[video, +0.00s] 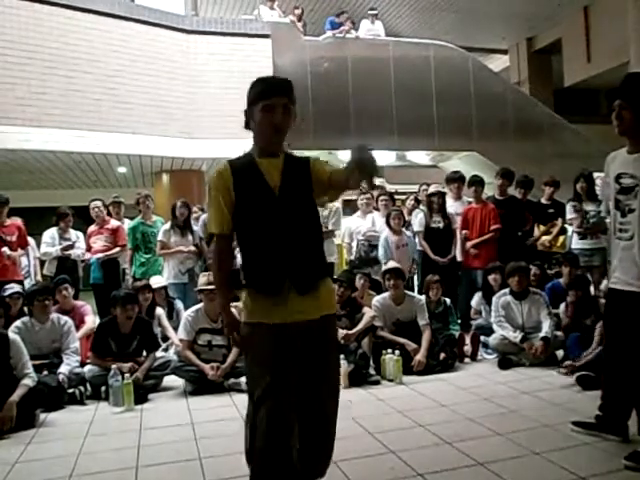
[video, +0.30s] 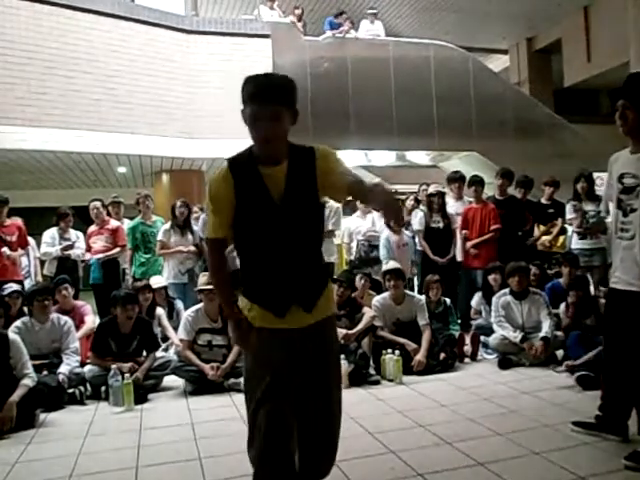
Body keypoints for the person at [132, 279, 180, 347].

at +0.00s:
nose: (146, 296)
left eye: (149, 292)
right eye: (143, 293)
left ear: (152, 294)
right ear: (137, 296)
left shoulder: (158, 311)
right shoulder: (134, 312)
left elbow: (167, 328)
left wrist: (176, 341)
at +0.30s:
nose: (147, 296)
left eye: (149, 292)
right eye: (143, 293)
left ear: (152, 294)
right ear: (137, 296)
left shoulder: (158, 311)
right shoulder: (134, 312)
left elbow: (167, 328)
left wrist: (176, 341)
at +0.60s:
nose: (147, 296)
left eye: (149, 293)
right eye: (143, 293)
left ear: (153, 294)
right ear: (137, 296)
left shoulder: (158, 311)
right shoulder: (134, 312)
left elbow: (167, 328)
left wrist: (176, 341)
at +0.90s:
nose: (146, 296)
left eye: (149, 292)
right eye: (142, 293)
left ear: (152, 294)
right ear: (137, 296)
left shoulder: (158, 311)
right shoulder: (134, 313)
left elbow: (168, 329)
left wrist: (177, 343)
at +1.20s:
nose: (146, 296)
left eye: (149, 292)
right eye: (142, 293)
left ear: (152, 294)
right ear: (137, 295)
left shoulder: (158, 312)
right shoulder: (134, 312)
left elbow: (168, 329)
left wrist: (177, 343)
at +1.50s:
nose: (146, 296)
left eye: (149, 292)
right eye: (142, 293)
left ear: (152, 294)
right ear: (137, 295)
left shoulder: (158, 311)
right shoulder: (134, 312)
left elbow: (168, 329)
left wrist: (177, 343)